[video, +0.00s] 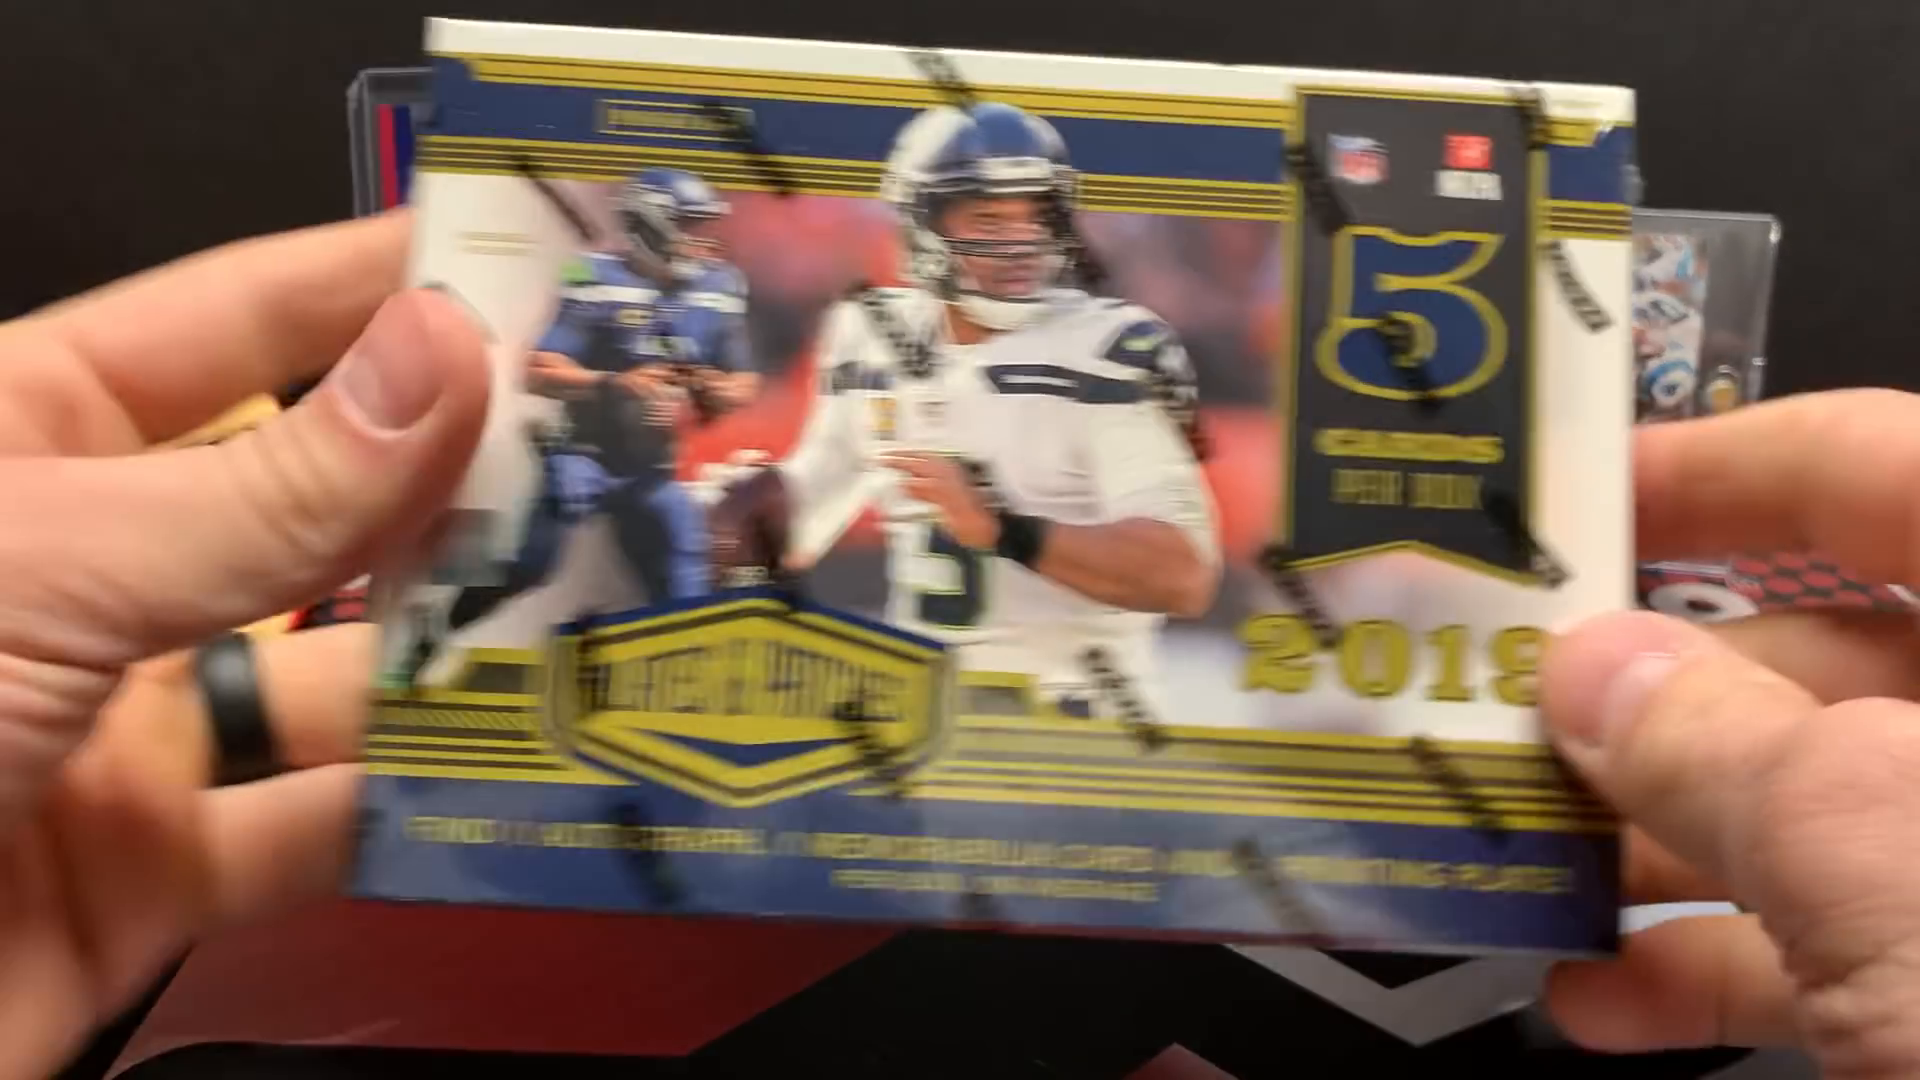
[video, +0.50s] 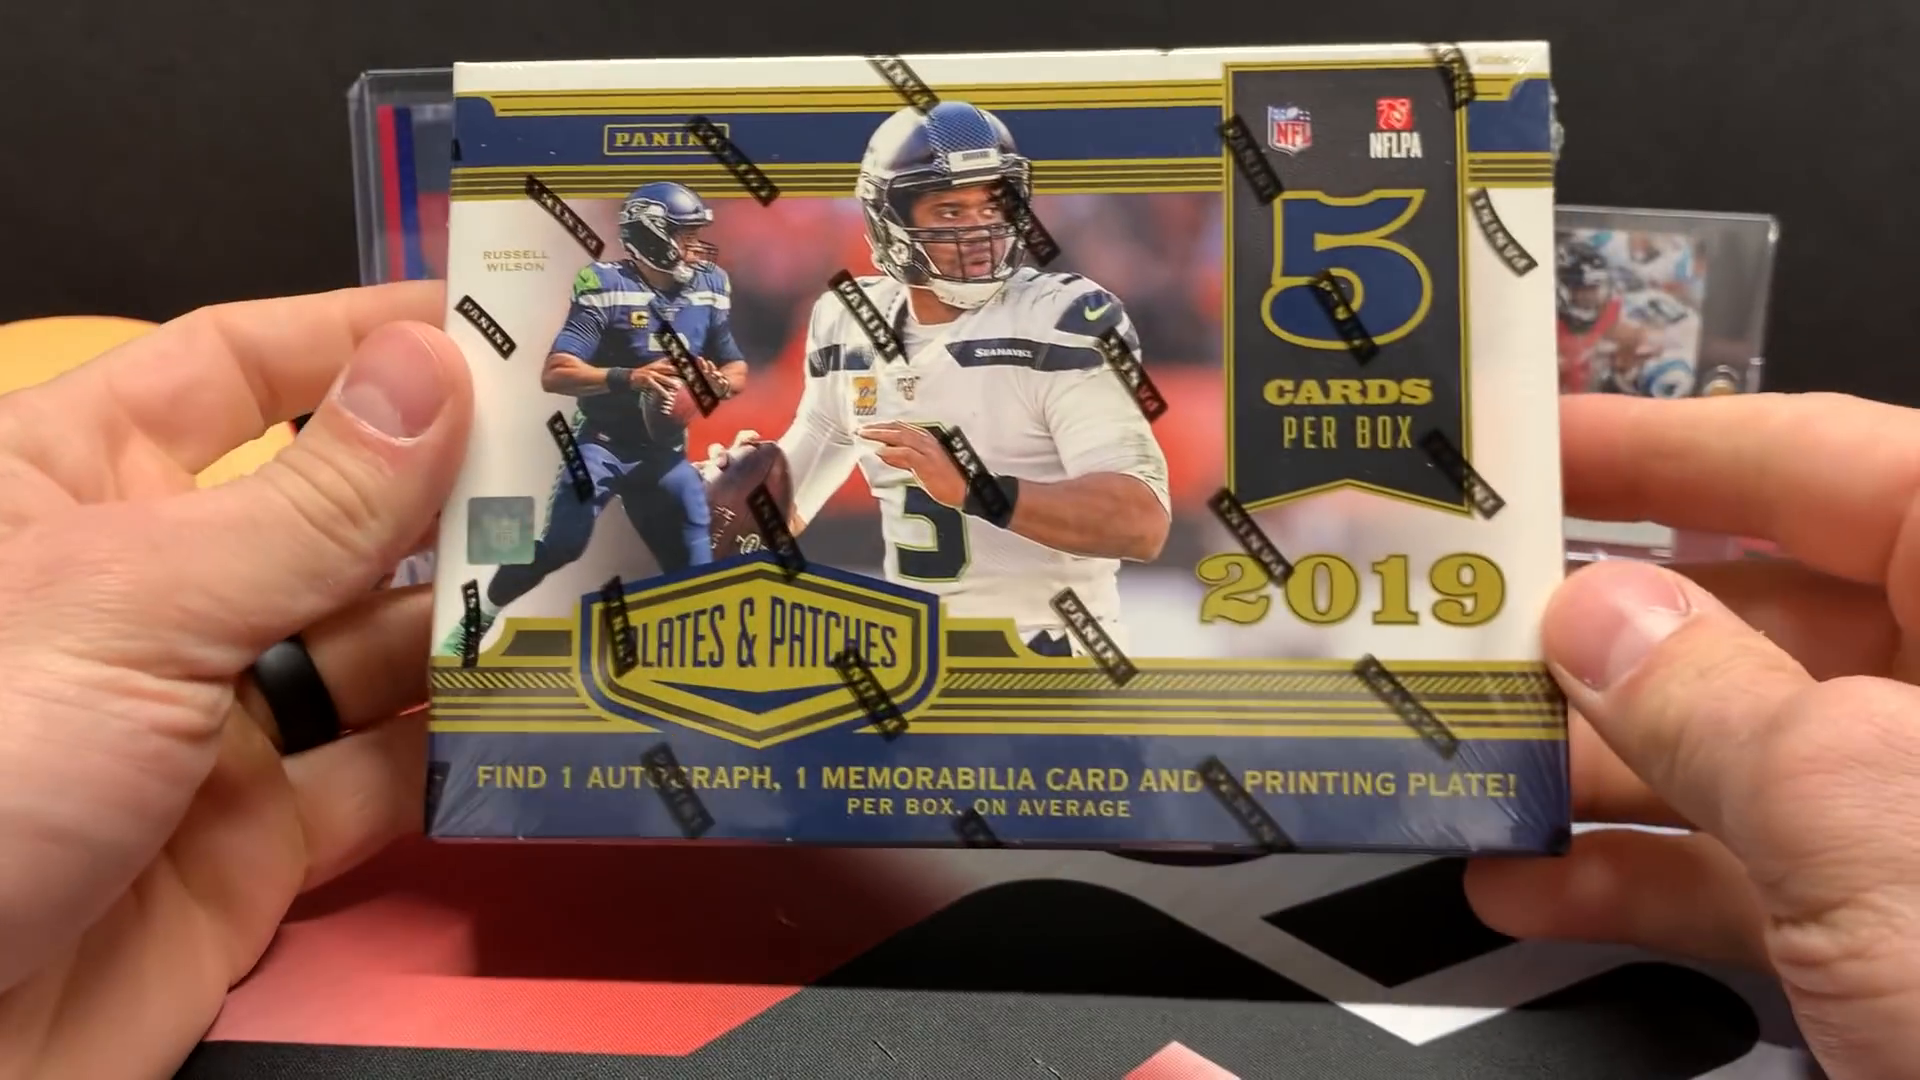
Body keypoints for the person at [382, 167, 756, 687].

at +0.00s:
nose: (702, 240)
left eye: (704, 227)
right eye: (690, 226)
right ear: (649, 224)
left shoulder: (719, 289)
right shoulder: (593, 282)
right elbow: (540, 369)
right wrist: (616, 383)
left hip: (653, 466)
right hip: (581, 458)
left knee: (686, 583)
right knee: (534, 563)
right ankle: (438, 627)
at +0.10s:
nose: (779, 249)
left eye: (778, 237)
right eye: (767, 238)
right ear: (727, 239)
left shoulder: (796, 293)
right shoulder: (675, 291)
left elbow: (821, 383)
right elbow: (626, 384)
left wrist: (801, 398)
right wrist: (701, 389)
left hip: (744, 472)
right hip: (674, 463)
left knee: (776, 598)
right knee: (633, 568)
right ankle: (543, 634)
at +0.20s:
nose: (777, 246)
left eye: (778, 235)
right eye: (765, 236)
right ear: (725, 237)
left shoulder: (793, 290)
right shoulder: (678, 288)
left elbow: (819, 378)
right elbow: (629, 382)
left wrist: (801, 393)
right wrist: (706, 387)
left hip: (747, 463)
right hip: (679, 457)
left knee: (780, 586)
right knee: (642, 559)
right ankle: (559, 629)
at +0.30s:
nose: (761, 248)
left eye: (762, 237)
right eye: (748, 238)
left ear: (766, 237)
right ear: (710, 240)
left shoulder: (777, 292)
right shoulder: (663, 291)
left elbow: (803, 381)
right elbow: (616, 381)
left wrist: (782, 392)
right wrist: (691, 386)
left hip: (732, 462)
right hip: (666, 457)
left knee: (765, 585)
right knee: (626, 558)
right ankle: (546, 626)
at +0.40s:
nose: (720, 255)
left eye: (721, 245)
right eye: (709, 245)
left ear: (723, 246)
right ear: (672, 247)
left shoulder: (738, 295)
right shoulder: (627, 294)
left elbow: (765, 382)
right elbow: (582, 386)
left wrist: (746, 395)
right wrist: (655, 389)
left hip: (695, 465)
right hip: (629, 458)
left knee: (727, 582)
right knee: (592, 558)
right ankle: (507, 637)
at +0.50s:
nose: (699, 246)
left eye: (699, 236)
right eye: (687, 236)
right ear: (649, 236)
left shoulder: (711, 286)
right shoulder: (603, 285)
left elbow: (736, 369)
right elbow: (555, 373)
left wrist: (721, 381)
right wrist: (628, 377)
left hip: (666, 452)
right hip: (602, 445)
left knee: (696, 570)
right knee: (560, 545)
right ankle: (482, 611)